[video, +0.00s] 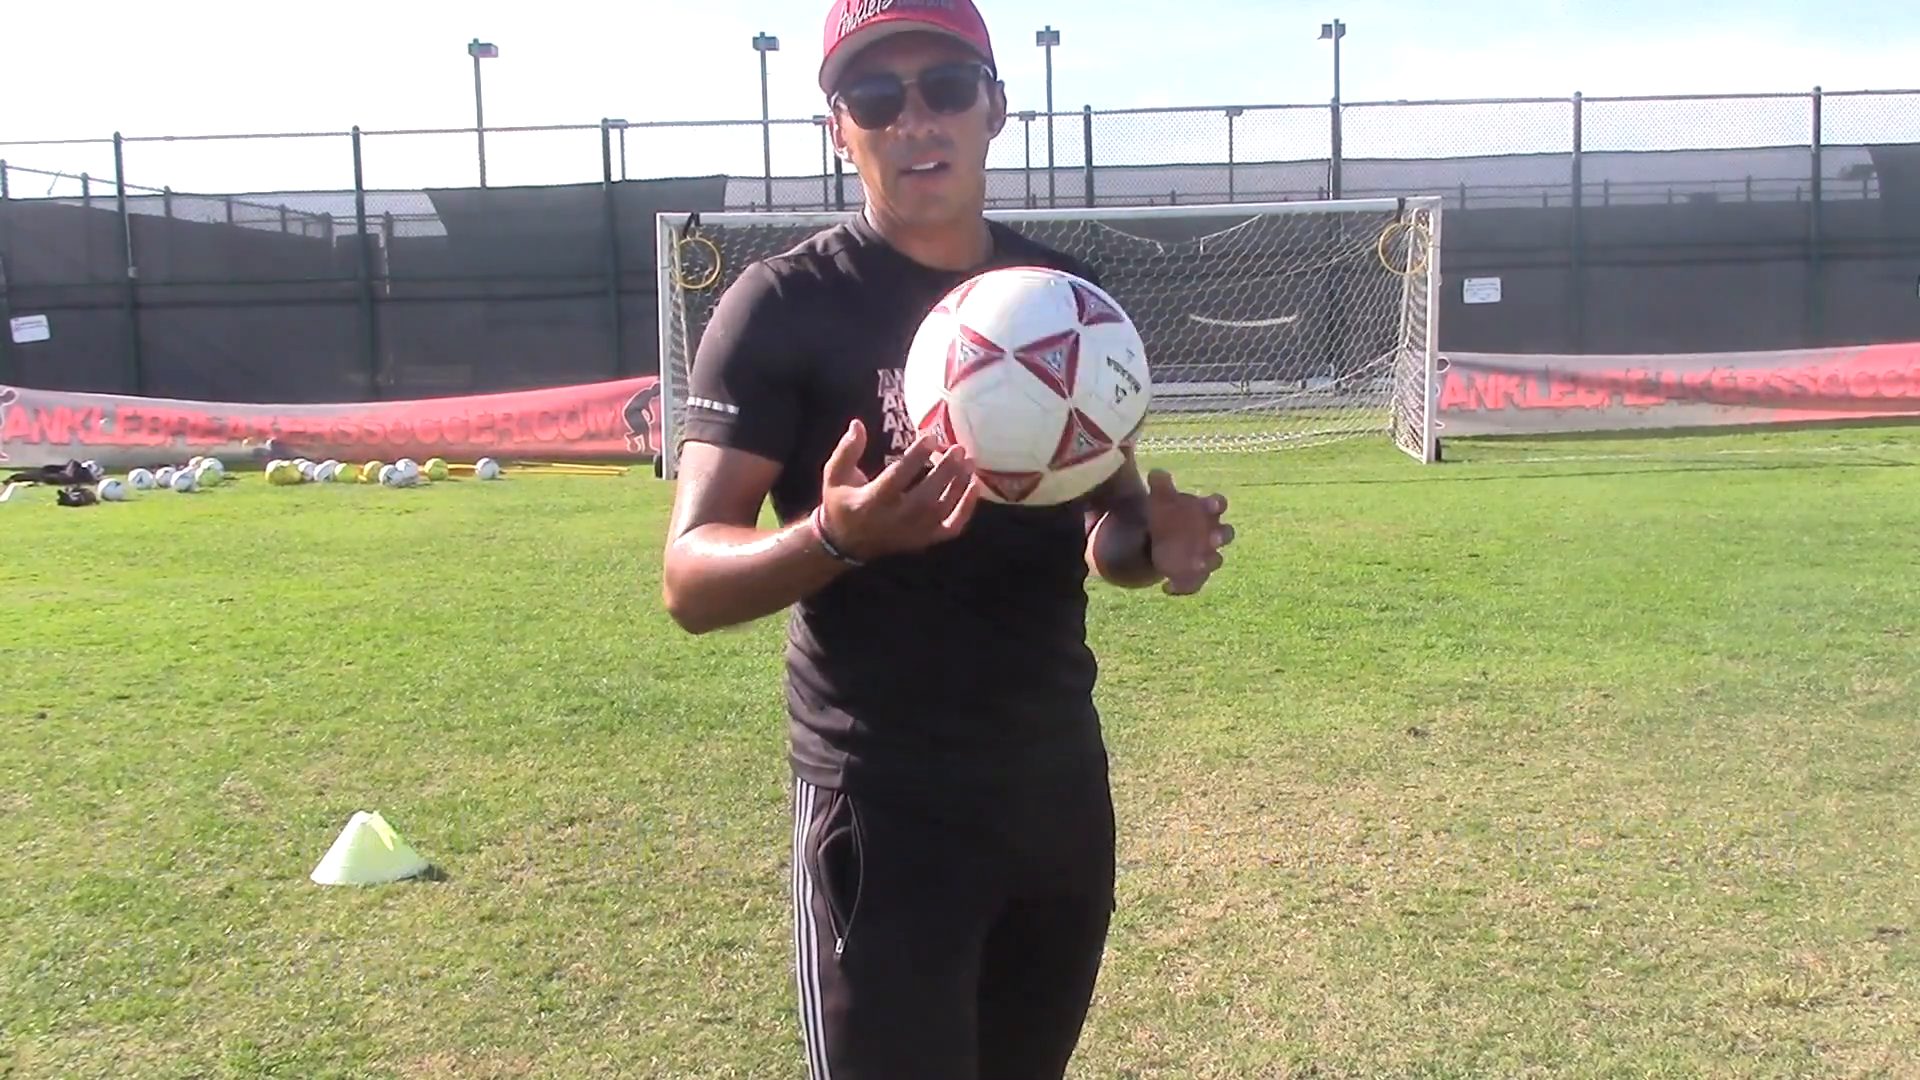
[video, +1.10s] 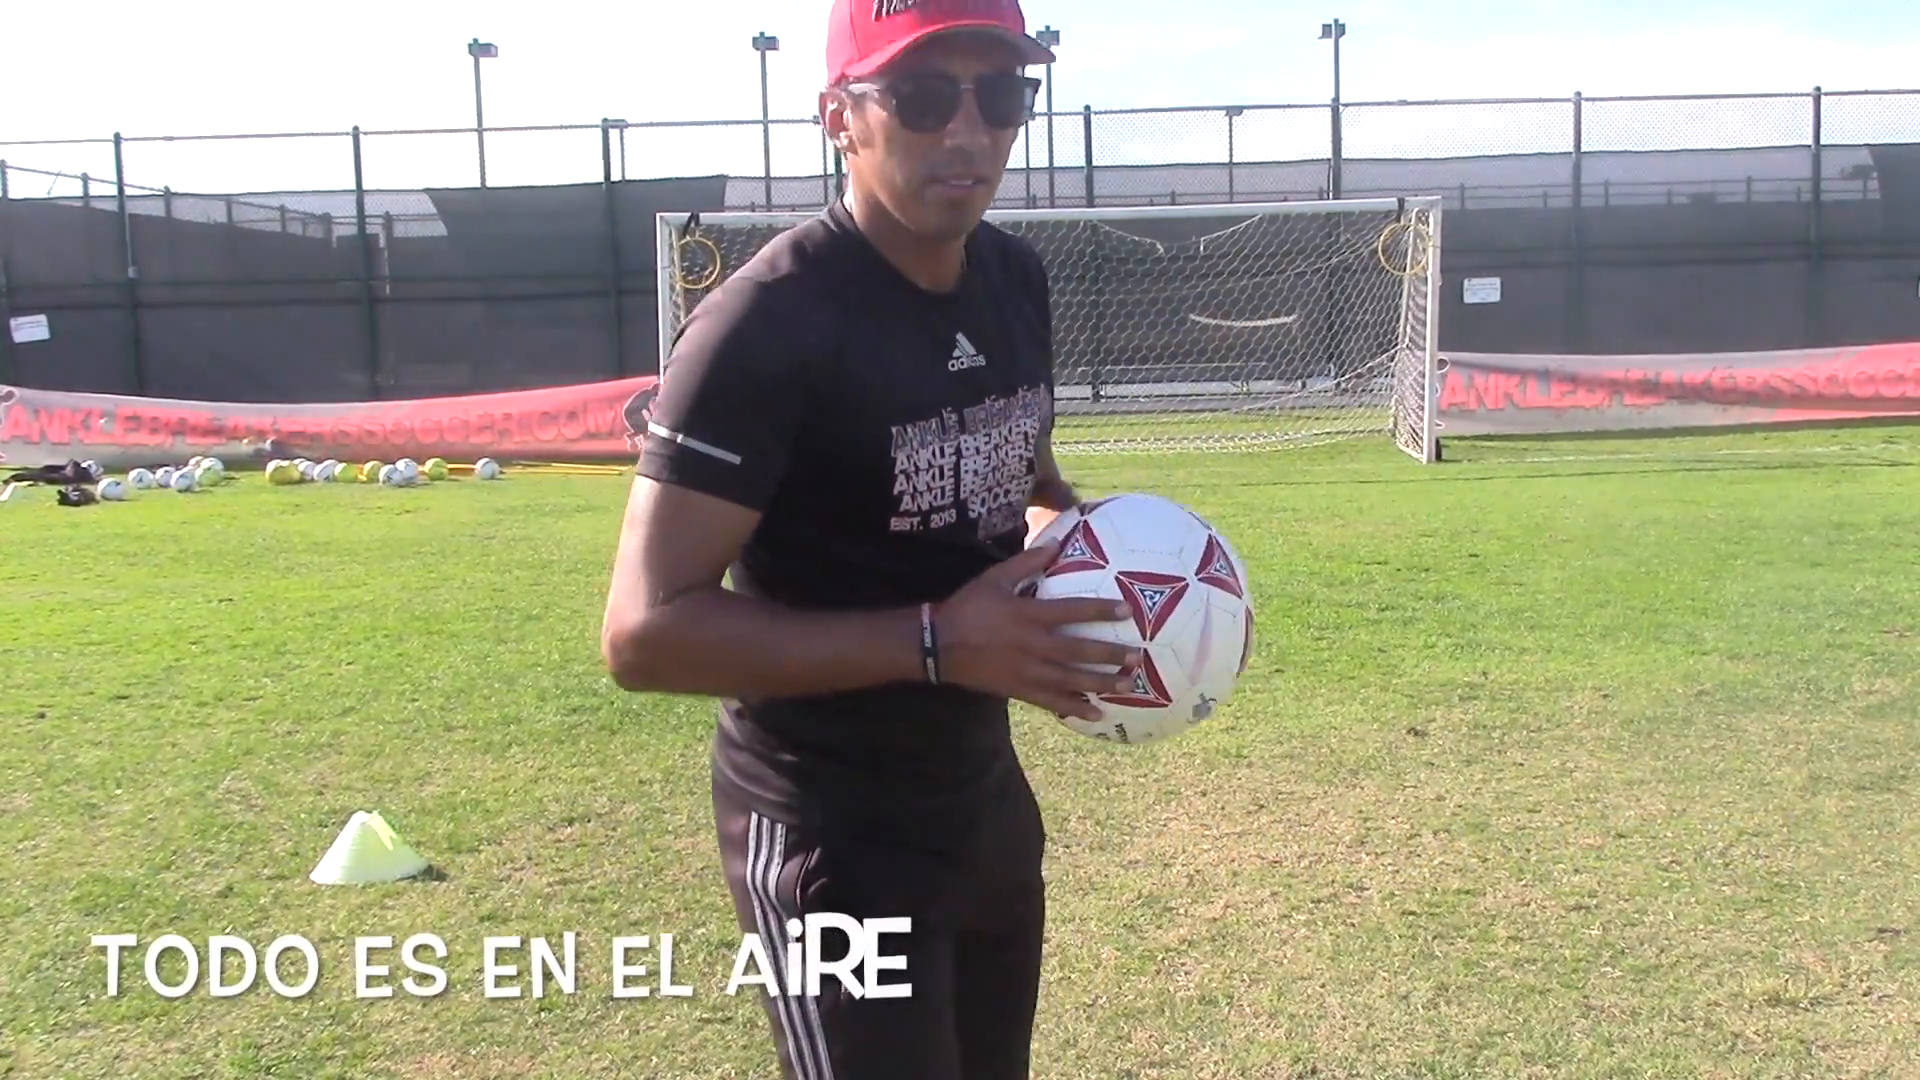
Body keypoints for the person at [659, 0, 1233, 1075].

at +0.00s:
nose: (918, 122)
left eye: (946, 89)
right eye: (880, 97)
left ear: (993, 109)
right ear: (841, 131)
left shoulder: (1060, 288)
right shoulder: (776, 307)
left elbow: (1111, 541)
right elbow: (692, 586)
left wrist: (1157, 539)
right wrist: (831, 537)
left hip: (1058, 780)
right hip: (878, 792)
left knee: (1028, 1063)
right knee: (890, 1061)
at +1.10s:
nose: (969, 135)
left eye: (997, 97)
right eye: (924, 98)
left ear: (1023, 112)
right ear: (844, 117)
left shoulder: (1014, 280)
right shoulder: (760, 323)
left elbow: (1016, 476)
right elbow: (645, 632)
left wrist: (1099, 550)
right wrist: (933, 641)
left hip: (980, 782)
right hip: (826, 811)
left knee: (993, 1062)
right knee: (886, 1066)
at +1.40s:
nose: (1066, 116)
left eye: (1056, 87)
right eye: (1037, 87)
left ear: (942, 109)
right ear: (931, 104)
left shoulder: (914, 280)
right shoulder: (859, 287)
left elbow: (924, 537)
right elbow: (801, 619)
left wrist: (1077, 573)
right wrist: (1065, 589)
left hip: (891, 784)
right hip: (828, 797)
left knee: (951, 1053)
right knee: (885, 1066)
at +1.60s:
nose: (1029, 147)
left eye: (1024, 119)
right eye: (1014, 118)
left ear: (916, 136)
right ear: (955, 132)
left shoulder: (812, 284)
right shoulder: (913, 293)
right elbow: (928, 583)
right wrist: (1097, 556)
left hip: (808, 759)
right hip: (843, 783)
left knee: (938, 1042)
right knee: (867, 1059)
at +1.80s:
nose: (999, 160)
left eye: (995, 139)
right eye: (990, 140)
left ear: (862, 167)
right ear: (964, 154)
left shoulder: (788, 296)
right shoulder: (954, 294)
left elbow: (723, 537)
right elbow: (984, 559)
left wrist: (910, 556)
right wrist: (1079, 554)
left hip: (765, 717)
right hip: (885, 745)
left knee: (881, 1055)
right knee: (999, 1059)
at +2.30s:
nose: (1063, 221)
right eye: (1063, 208)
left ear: (943, 213)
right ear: (1055, 217)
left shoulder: (853, 320)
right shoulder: (1090, 341)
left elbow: (779, 512)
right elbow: (1151, 550)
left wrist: (881, 559)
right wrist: (1095, 570)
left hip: (882, 681)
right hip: (1029, 688)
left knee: (900, 983)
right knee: (1038, 950)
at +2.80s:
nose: (1081, 245)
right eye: (1082, 232)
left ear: (985, 232)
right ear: (1080, 234)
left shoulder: (919, 327)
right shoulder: (1115, 329)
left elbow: (862, 492)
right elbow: (1186, 493)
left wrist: (919, 554)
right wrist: (1122, 523)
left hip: (957, 618)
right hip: (1078, 619)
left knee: (985, 831)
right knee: (1066, 856)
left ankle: (1007, 1021)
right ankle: (1063, 1057)